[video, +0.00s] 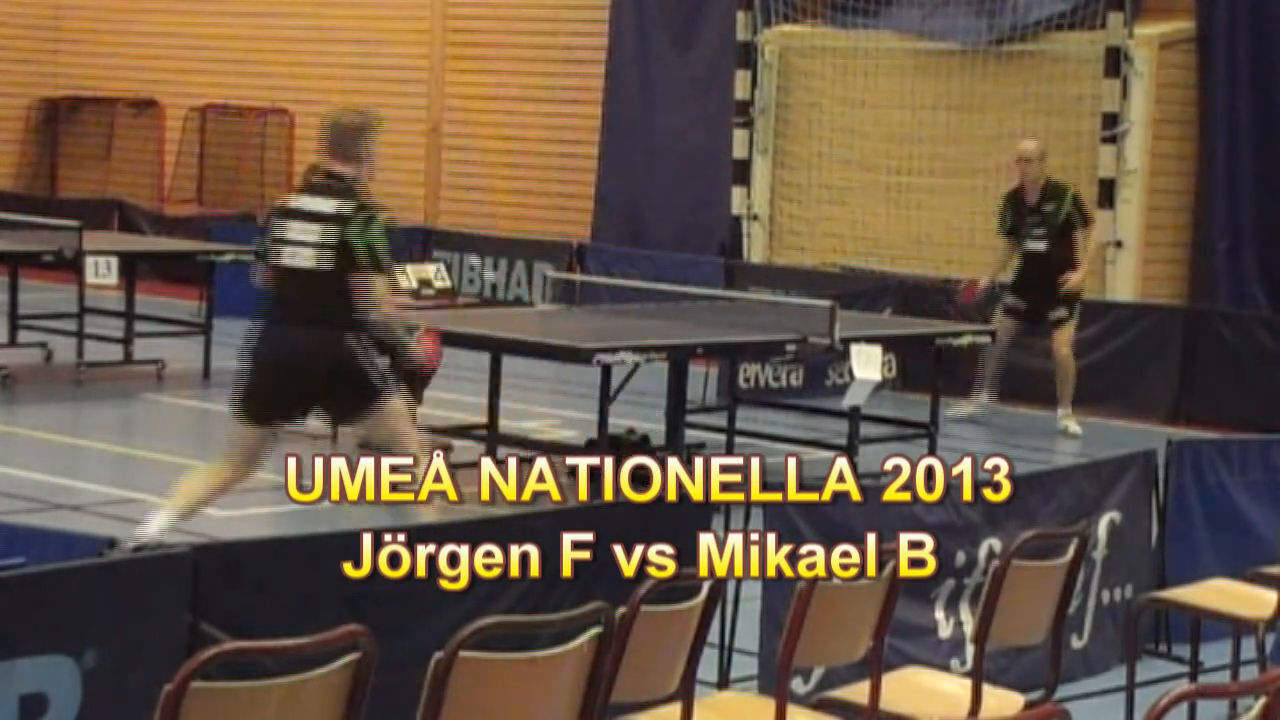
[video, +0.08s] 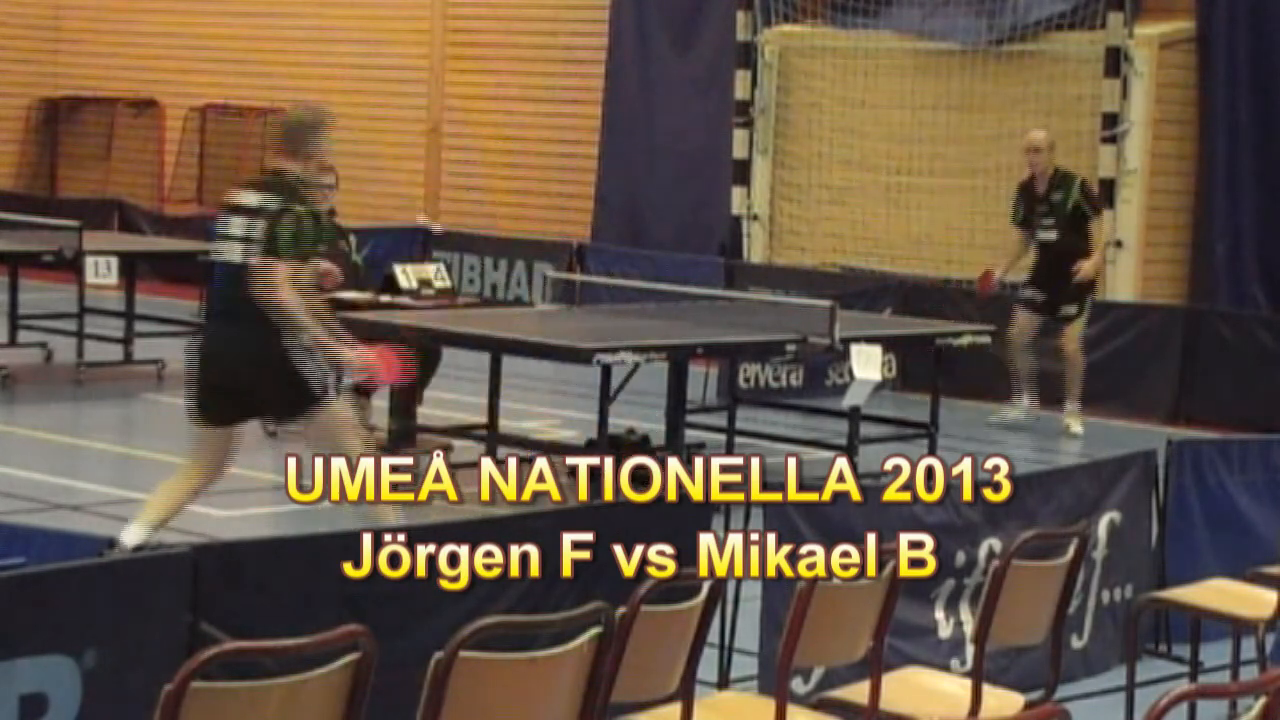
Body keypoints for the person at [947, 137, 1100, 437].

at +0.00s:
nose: (1023, 167)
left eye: (1029, 162)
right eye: (1019, 162)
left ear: (1043, 164)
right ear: (1015, 164)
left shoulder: (1065, 195)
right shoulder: (1012, 200)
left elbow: (1089, 234)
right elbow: (1010, 245)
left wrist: (1080, 272)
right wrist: (989, 276)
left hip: (1060, 278)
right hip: (1026, 276)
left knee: (1061, 348)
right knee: (999, 334)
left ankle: (1065, 413)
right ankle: (984, 397)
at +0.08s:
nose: (1031, 158)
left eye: (1037, 151)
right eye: (1028, 152)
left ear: (1051, 153)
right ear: (1023, 156)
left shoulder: (1076, 187)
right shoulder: (1026, 191)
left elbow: (1099, 224)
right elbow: (1023, 238)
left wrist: (1095, 260)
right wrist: (1000, 269)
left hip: (1076, 268)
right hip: (1044, 266)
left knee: (1070, 343)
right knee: (1018, 333)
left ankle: (1072, 411)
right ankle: (1025, 403)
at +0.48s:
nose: (1081, 174)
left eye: (1086, 167)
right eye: (1076, 168)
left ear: (1102, 166)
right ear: (1073, 171)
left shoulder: (1124, 195)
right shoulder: (1090, 210)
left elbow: (1152, 234)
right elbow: (1090, 265)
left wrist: (1120, 273)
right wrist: (1062, 291)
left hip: (1151, 289)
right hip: (1119, 291)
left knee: (1159, 358)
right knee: (1092, 353)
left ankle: (1179, 425)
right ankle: (1089, 419)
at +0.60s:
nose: (1090, 173)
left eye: (1095, 166)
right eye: (1086, 167)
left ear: (1113, 166)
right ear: (1083, 171)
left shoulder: (1130, 192)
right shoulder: (1104, 204)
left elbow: (1154, 233)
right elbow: (1116, 266)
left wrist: (1126, 272)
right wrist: (1091, 300)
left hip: (1173, 287)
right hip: (1143, 290)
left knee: (1165, 352)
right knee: (1109, 347)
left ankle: (1195, 418)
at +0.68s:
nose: (1098, 180)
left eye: (1103, 172)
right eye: (1093, 174)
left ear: (1119, 172)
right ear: (1089, 177)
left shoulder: (1135, 201)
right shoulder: (1114, 209)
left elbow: (1147, 247)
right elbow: (1117, 260)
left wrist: (1118, 289)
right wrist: (1106, 304)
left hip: (1176, 292)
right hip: (1150, 295)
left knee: (1173, 360)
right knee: (1124, 356)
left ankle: (1220, 422)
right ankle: (1147, 427)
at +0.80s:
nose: (1107, 199)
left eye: (1111, 193)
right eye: (1104, 193)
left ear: (1126, 195)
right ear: (1105, 199)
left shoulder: (1136, 219)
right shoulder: (1139, 218)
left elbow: (1129, 272)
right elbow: (1177, 256)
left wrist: (1100, 309)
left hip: (1189, 313)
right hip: (1163, 313)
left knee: (1197, 378)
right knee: (1121, 362)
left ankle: (1249, 433)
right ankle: (1147, 432)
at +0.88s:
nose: (1115, 210)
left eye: (1120, 203)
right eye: (1114, 203)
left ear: (1135, 203)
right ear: (1135, 205)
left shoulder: (1142, 233)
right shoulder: (1152, 226)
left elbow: (1122, 283)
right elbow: (1189, 256)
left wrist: (1094, 318)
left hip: (1195, 324)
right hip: (1170, 323)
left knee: (1207, 387)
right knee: (1125, 362)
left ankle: (1260, 440)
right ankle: (1148, 432)